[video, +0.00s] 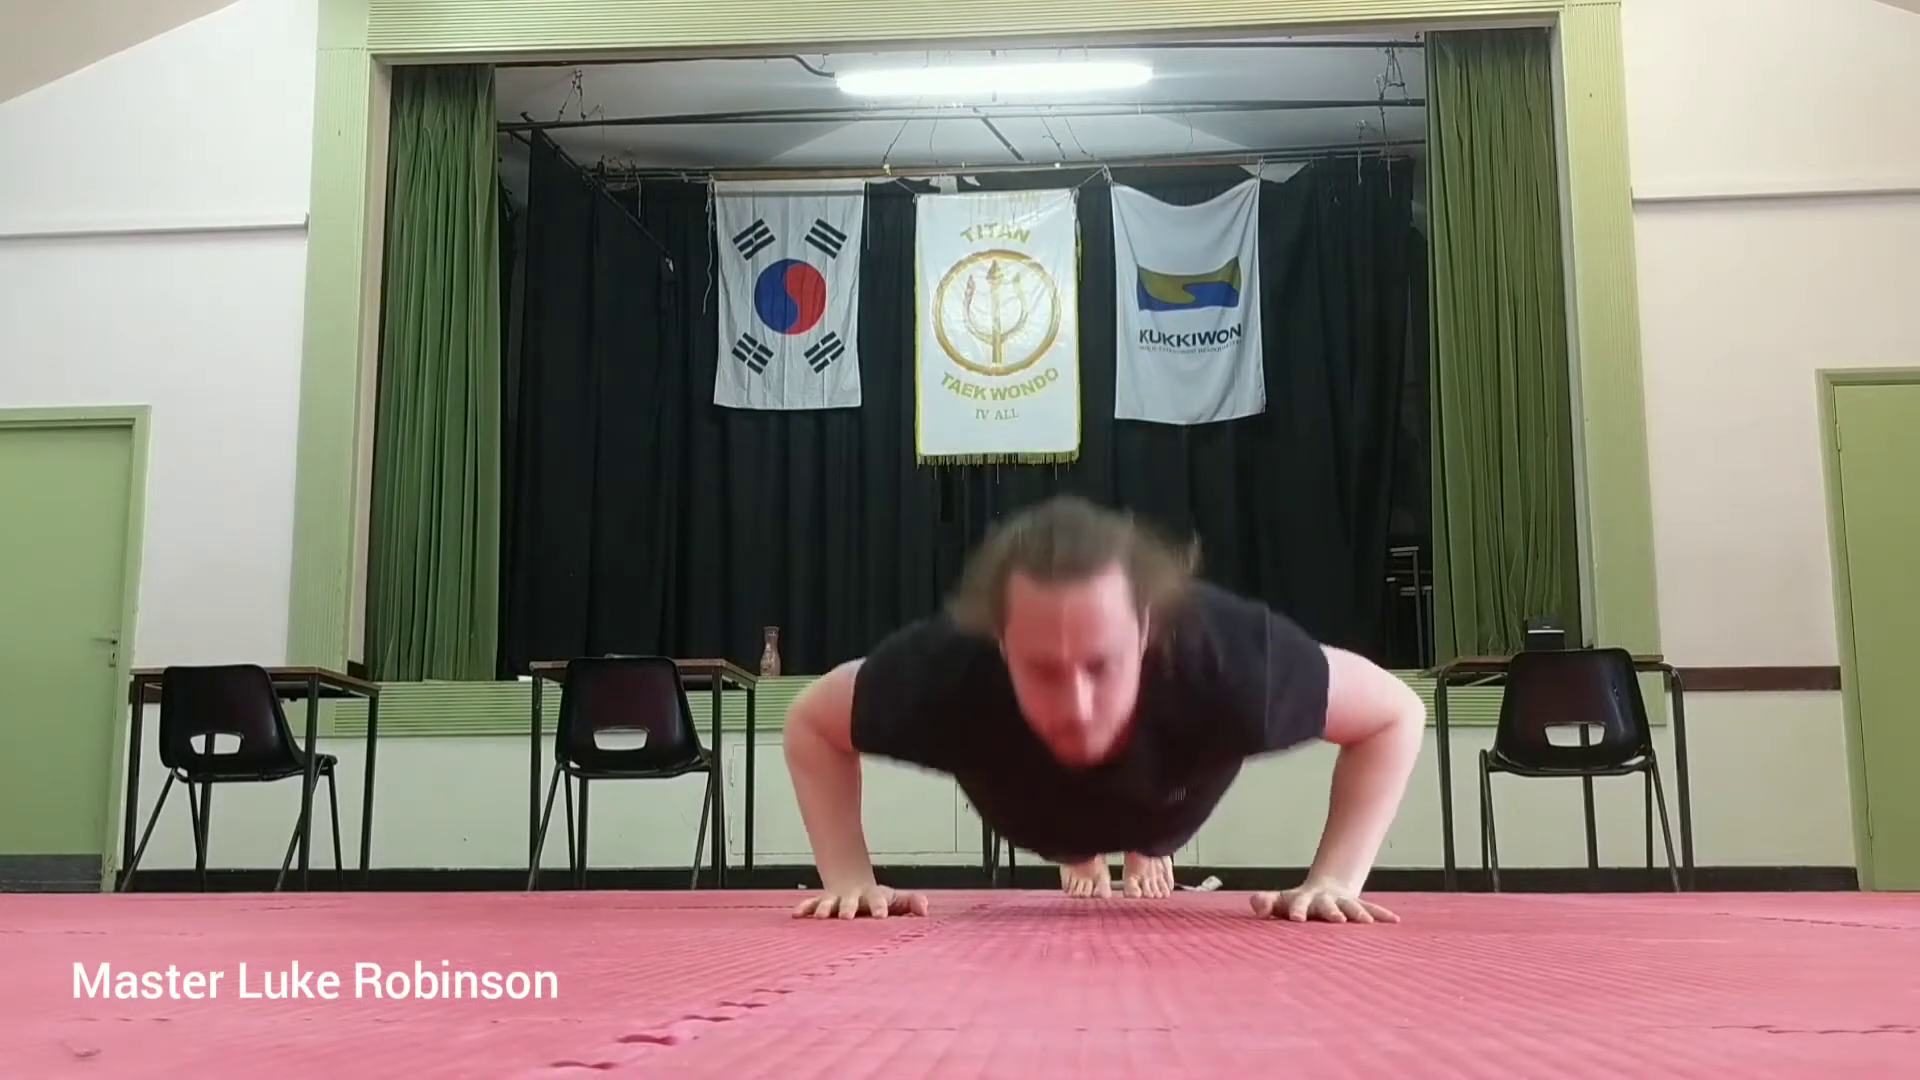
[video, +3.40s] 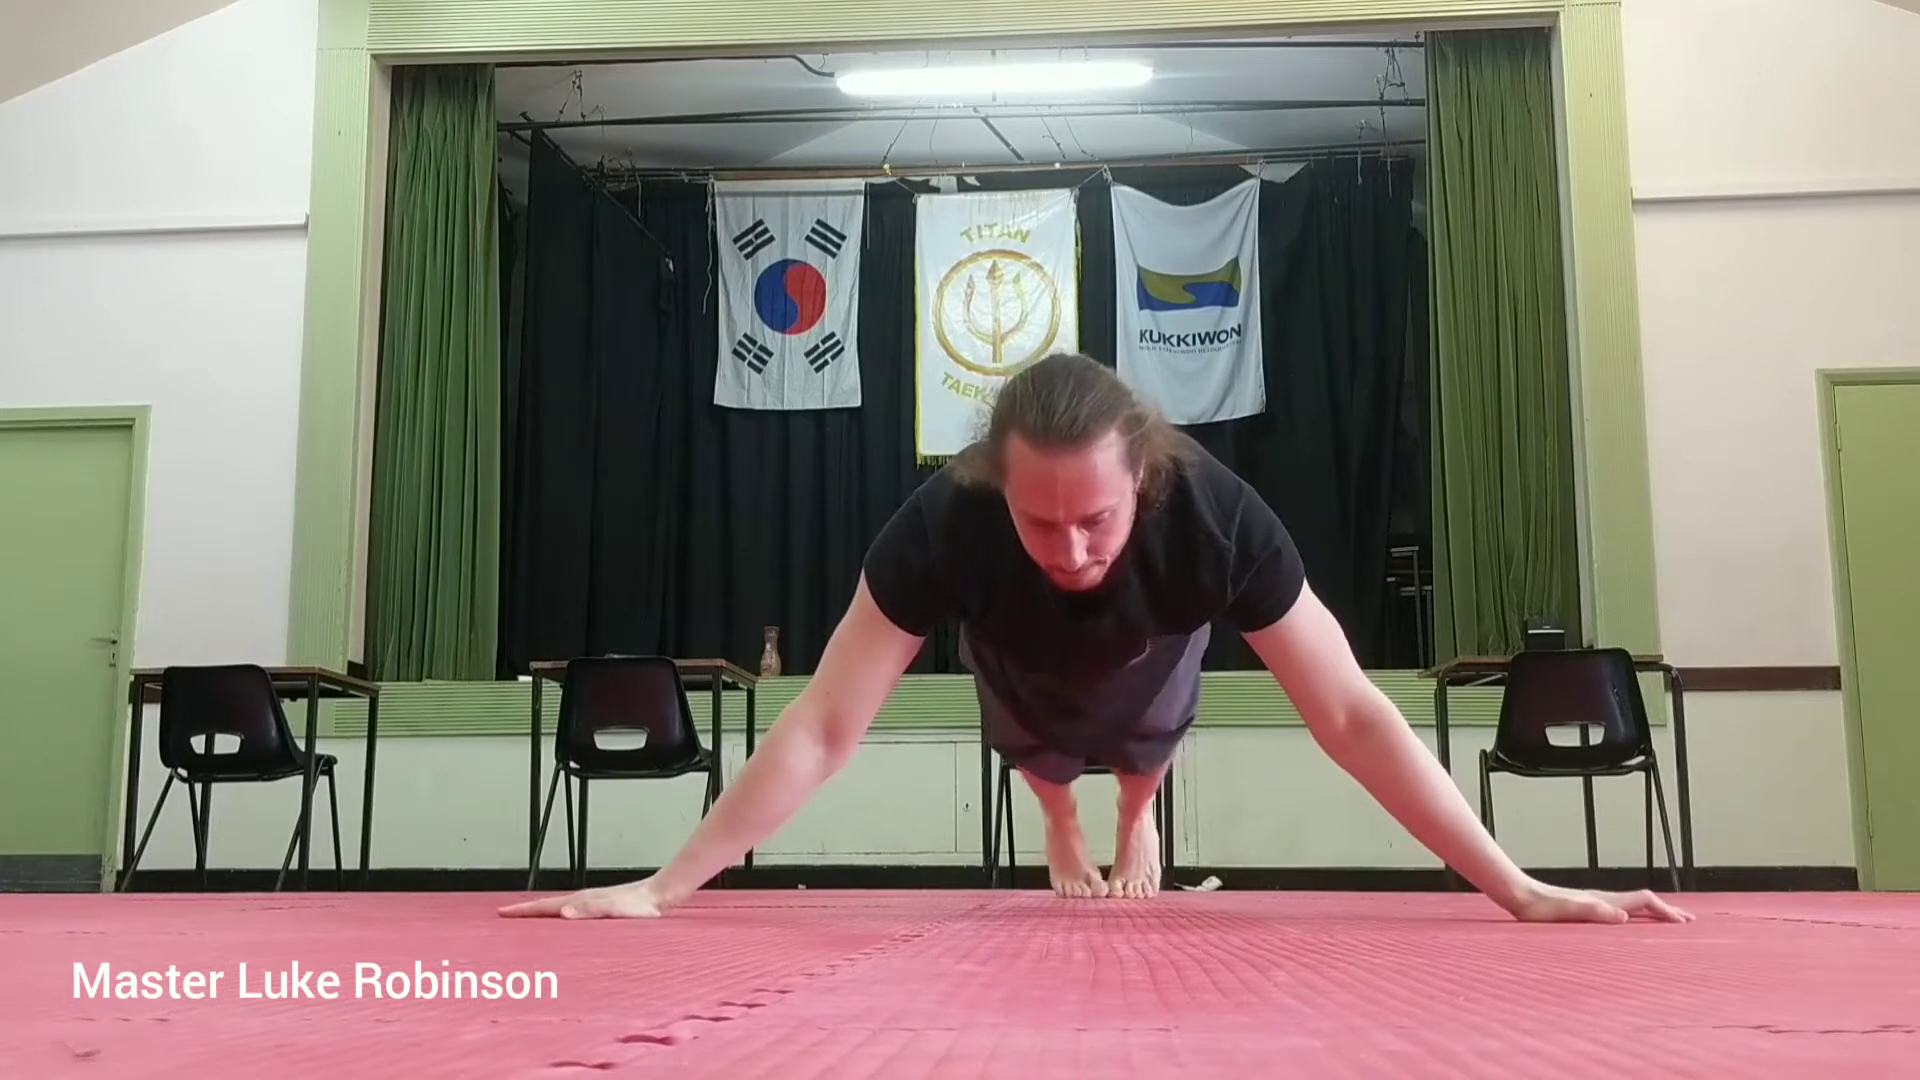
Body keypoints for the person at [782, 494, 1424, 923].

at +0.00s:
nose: (1076, 700)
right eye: (1046, 672)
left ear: (1145, 635)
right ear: (1003, 646)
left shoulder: (1229, 662)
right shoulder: (948, 675)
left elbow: (1394, 716)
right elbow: (813, 723)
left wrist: (1337, 878)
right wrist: (848, 880)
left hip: (1167, 795)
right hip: (1032, 806)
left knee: (1146, 822)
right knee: (1067, 833)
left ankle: (1144, 851)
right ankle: (1082, 855)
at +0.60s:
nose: (1071, 569)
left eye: (1095, 535)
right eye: (1043, 537)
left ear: (1141, 522)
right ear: (1003, 527)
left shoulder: (1225, 588)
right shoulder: (948, 596)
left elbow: (1390, 708)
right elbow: (798, 720)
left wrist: (1336, 877)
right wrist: (846, 872)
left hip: (1166, 773)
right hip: (1040, 784)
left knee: (1155, 816)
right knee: (1074, 830)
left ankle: (1148, 845)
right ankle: (1081, 860)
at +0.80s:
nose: (1066, 439)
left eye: (1089, 403)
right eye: (1036, 407)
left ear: (1130, 391)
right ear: (996, 403)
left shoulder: (1213, 492)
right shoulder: (940, 502)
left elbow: (1348, 683)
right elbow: (836, 700)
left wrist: (1332, 875)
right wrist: (847, 878)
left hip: (1158, 687)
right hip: (1031, 692)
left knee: (1149, 762)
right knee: (1057, 767)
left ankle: (1141, 814)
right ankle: (1078, 822)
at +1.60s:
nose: (1080, 476)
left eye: (1103, 445)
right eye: (1050, 448)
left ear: (1145, 410)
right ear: (1014, 422)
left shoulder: (1232, 453)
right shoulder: (975, 471)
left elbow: (1305, 673)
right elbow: (836, 630)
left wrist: (1331, 875)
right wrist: (728, 793)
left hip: (1198, 639)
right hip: (1080, 631)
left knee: (1174, 741)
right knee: (1075, 721)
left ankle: (1139, 812)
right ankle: (1059, 834)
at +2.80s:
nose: (1066, 533)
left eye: (1088, 507)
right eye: (1037, 511)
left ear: (1132, 467)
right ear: (995, 479)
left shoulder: (1204, 523)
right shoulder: (936, 523)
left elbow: (1336, 711)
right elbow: (816, 712)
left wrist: (1483, 885)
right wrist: (666, 889)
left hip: (1134, 676)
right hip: (1013, 685)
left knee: (1129, 765)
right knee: (1039, 776)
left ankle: (1128, 847)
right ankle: (1050, 855)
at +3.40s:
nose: (1072, 542)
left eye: (1093, 516)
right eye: (1041, 520)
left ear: (1142, 475)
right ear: (997, 488)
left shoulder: (1217, 524)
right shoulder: (946, 532)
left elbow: (1357, 722)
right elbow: (819, 732)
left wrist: (1518, 891)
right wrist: (664, 889)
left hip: (1151, 675)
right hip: (1028, 689)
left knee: (1138, 757)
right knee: (1048, 762)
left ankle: (1135, 849)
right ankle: (1062, 852)